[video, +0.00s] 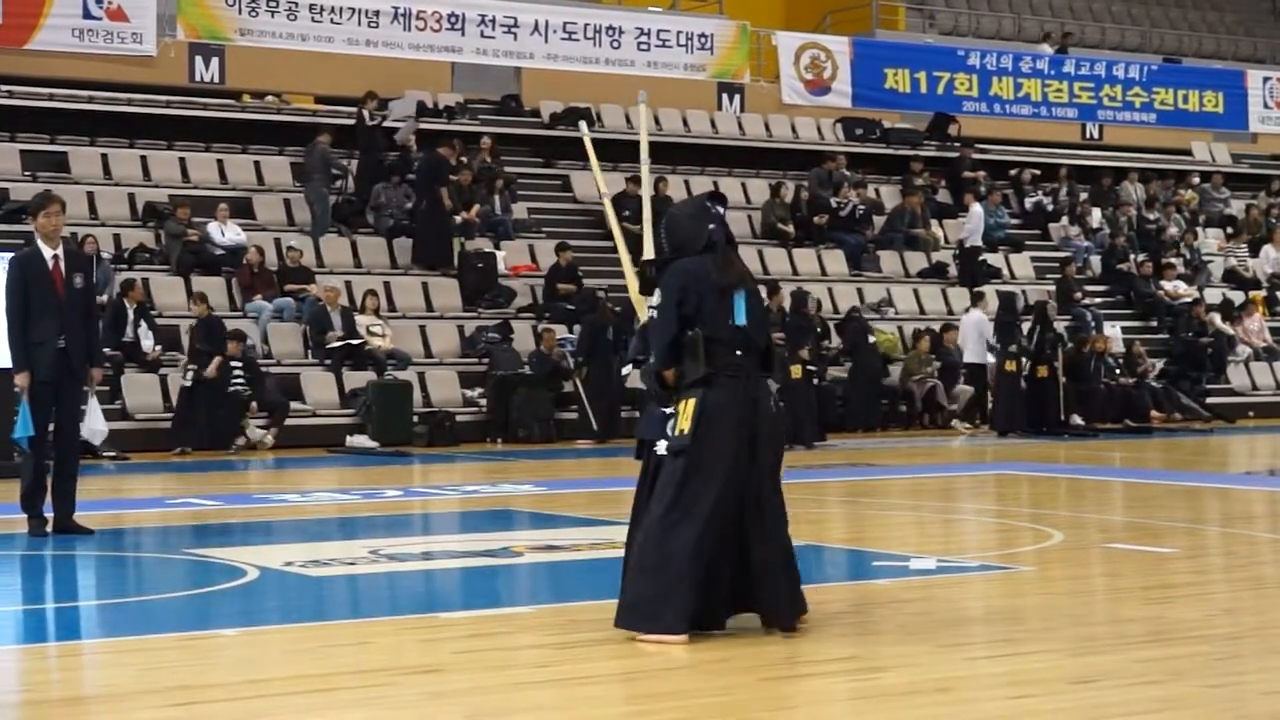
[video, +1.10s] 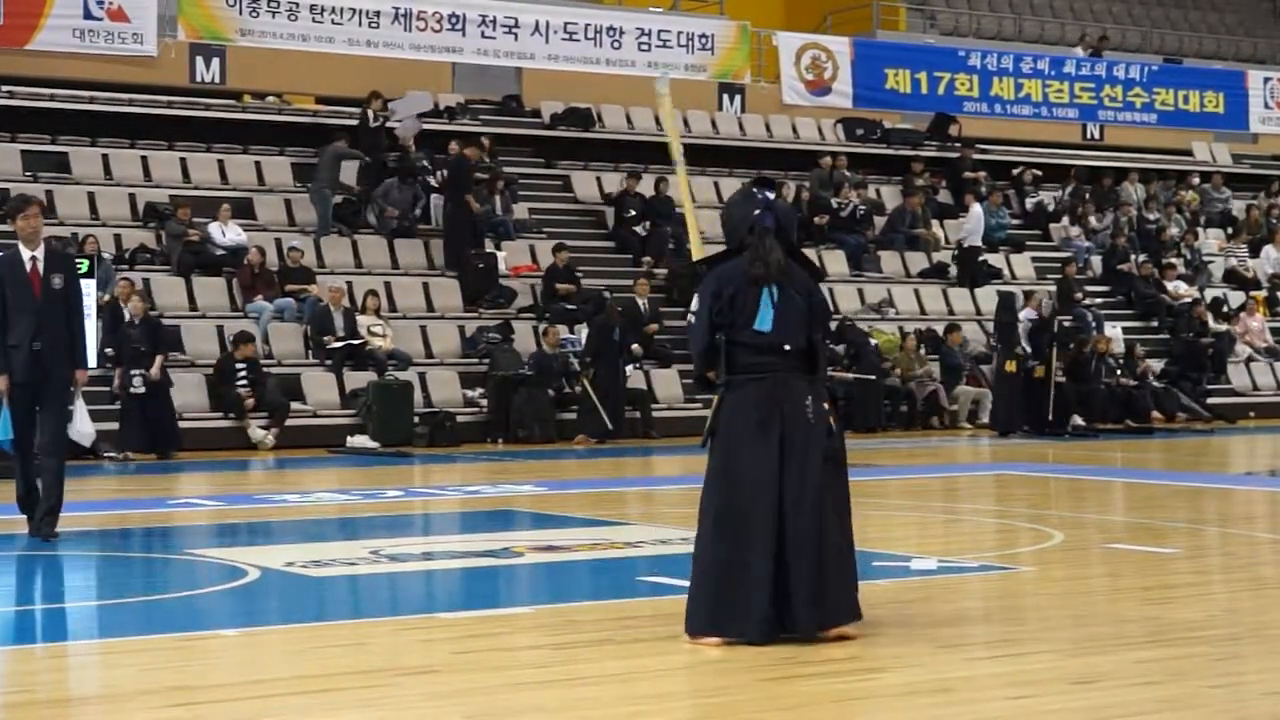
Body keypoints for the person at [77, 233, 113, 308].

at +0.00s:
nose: (91, 246)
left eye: (93, 243)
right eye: (88, 243)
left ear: (97, 245)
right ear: (82, 246)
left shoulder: (103, 263)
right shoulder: (77, 263)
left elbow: (110, 279)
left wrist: (106, 295)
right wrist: (93, 298)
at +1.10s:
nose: (92, 246)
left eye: (94, 243)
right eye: (89, 243)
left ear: (98, 245)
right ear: (83, 246)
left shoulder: (105, 263)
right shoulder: (77, 263)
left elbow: (112, 279)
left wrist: (108, 294)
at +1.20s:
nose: (92, 246)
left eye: (94, 243)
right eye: (89, 243)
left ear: (98, 245)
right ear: (83, 246)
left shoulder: (104, 263)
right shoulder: (77, 263)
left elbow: (111, 279)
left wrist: (108, 294)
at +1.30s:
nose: (92, 246)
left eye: (94, 243)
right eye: (89, 243)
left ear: (98, 245)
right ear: (83, 246)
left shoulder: (105, 263)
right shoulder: (77, 263)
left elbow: (112, 280)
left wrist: (106, 296)